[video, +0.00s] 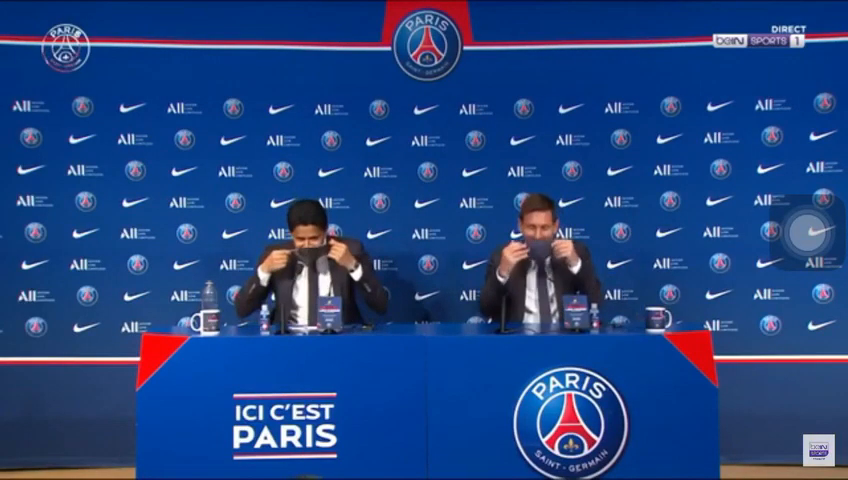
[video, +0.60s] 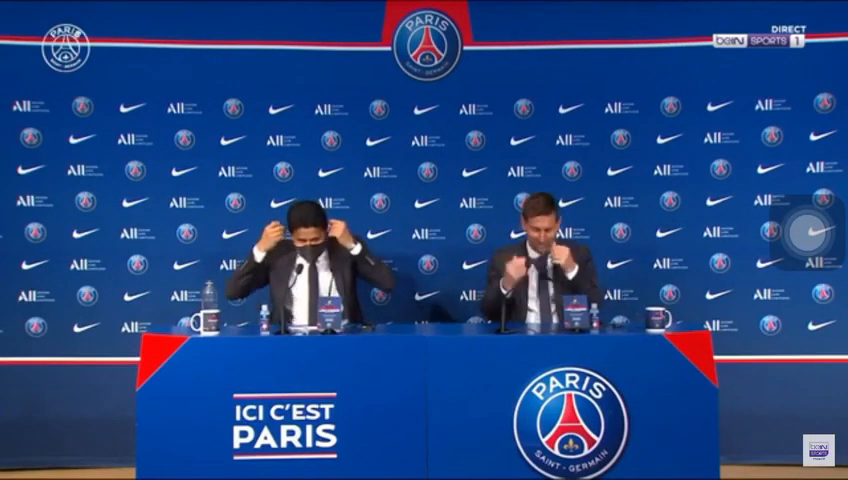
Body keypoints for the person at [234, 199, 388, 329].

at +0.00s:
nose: (307, 245)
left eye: (313, 239)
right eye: (300, 239)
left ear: (326, 233)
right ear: (292, 235)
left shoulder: (350, 251)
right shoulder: (276, 256)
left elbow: (381, 306)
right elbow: (242, 310)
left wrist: (354, 266)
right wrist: (264, 272)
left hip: (340, 345)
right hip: (290, 345)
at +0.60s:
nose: (309, 247)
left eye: (315, 240)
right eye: (302, 241)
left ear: (325, 231)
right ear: (291, 234)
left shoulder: (344, 251)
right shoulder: (279, 254)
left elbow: (388, 283)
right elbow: (233, 292)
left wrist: (353, 246)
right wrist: (260, 249)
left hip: (340, 345)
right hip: (291, 346)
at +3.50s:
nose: (317, 242)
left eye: (323, 235)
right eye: (310, 236)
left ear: (333, 233)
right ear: (298, 233)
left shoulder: (355, 257)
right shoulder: (276, 261)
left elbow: (369, 317)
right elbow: (261, 318)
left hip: (341, 346)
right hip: (291, 347)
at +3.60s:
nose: (318, 244)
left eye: (324, 238)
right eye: (311, 238)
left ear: (333, 234)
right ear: (298, 235)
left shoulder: (355, 257)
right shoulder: (276, 262)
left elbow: (368, 316)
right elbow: (261, 318)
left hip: (342, 347)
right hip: (291, 348)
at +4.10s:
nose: (318, 248)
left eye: (323, 240)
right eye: (310, 242)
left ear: (329, 235)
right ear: (294, 239)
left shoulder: (351, 259)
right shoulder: (271, 267)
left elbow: (377, 313)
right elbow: (246, 321)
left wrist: (362, 339)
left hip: (341, 349)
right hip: (290, 350)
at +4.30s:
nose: (315, 253)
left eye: (320, 246)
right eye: (307, 248)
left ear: (326, 238)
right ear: (291, 244)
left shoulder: (349, 263)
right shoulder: (269, 270)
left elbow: (382, 311)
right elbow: (238, 321)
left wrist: (369, 345)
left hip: (340, 352)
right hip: (287, 353)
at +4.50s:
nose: (316, 248)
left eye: (320, 240)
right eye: (308, 243)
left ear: (325, 233)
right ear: (290, 239)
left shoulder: (347, 258)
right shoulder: (267, 264)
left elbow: (380, 307)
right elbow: (238, 318)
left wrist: (363, 343)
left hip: (340, 349)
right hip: (287, 351)